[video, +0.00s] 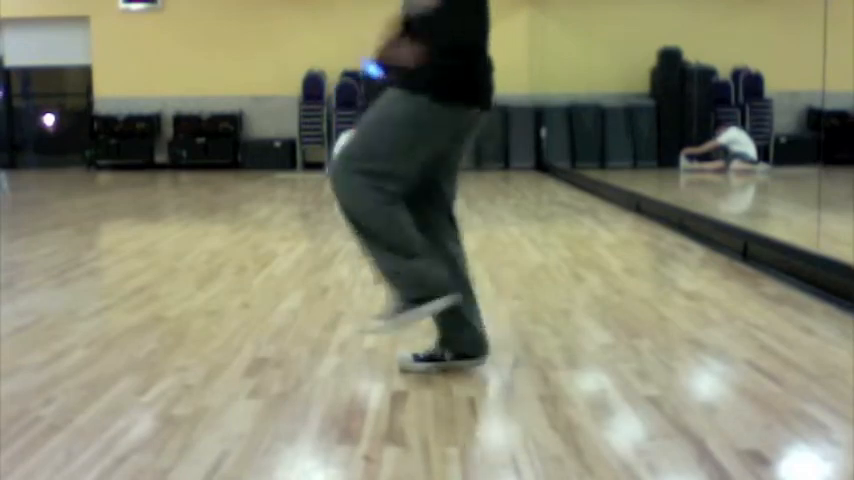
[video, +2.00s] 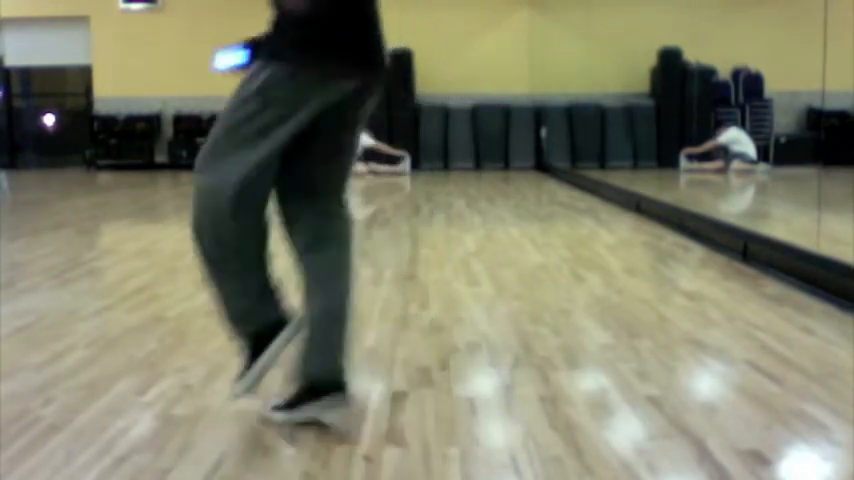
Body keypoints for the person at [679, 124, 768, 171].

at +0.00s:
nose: (719, 135)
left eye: (719, 132)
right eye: (718, 133)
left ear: (723, 128)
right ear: (727, 127)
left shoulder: (731, 132)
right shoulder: (733, 132)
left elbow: (708, 147)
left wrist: (687, 151)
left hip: (744, 159)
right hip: (734, 159)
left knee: (734, 167)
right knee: (716, 165)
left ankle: (755, 171)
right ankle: (696, 166)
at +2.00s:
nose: (719, 134)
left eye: (719, 132)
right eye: (718, 133)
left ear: (723, 128)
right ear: (727, 127)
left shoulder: (732, 132)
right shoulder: (733, 132)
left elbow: (711, 146)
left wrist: (688, 151)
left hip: (743, 160)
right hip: (734, 159)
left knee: (733, 170)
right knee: (715, 165)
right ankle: (692, 166)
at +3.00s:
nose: (719, 135)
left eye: (720, 133)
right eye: (719, 133)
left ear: (723, 129)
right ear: (727, 127)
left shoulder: (731, 132)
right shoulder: (733, 132)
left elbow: (710, 146)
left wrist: (688, 151)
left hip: (744, 159)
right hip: (735, 159)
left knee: (733, 169)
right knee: (715, 165)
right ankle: (692, 166)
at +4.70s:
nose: (719, 136)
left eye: (719, 134)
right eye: (719, 135)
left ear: (722, 130)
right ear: (725, 129)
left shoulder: (731, 132)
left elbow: (708, 147)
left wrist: (687, 151)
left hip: (745, 159)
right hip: (734, 159)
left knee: (733, 168)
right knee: (714, 165)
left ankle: (754, 170)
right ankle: (691, 166)